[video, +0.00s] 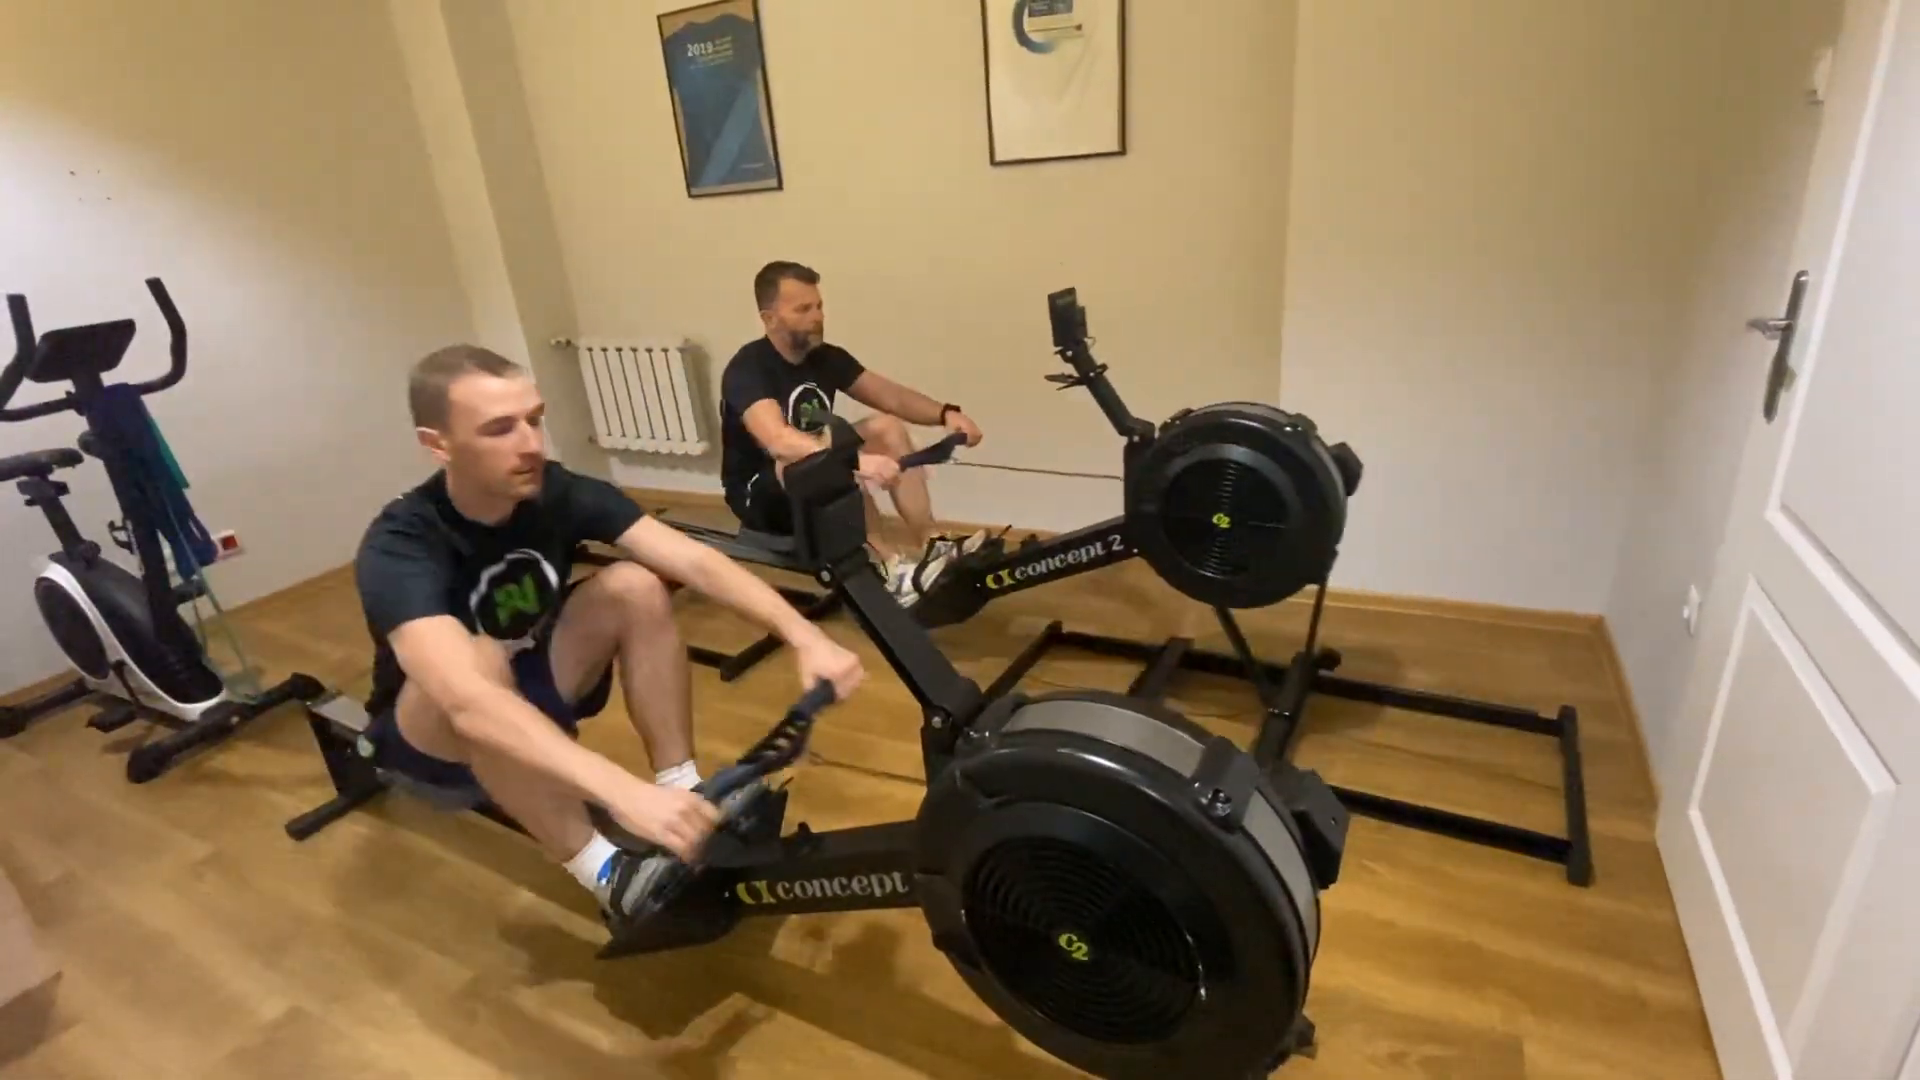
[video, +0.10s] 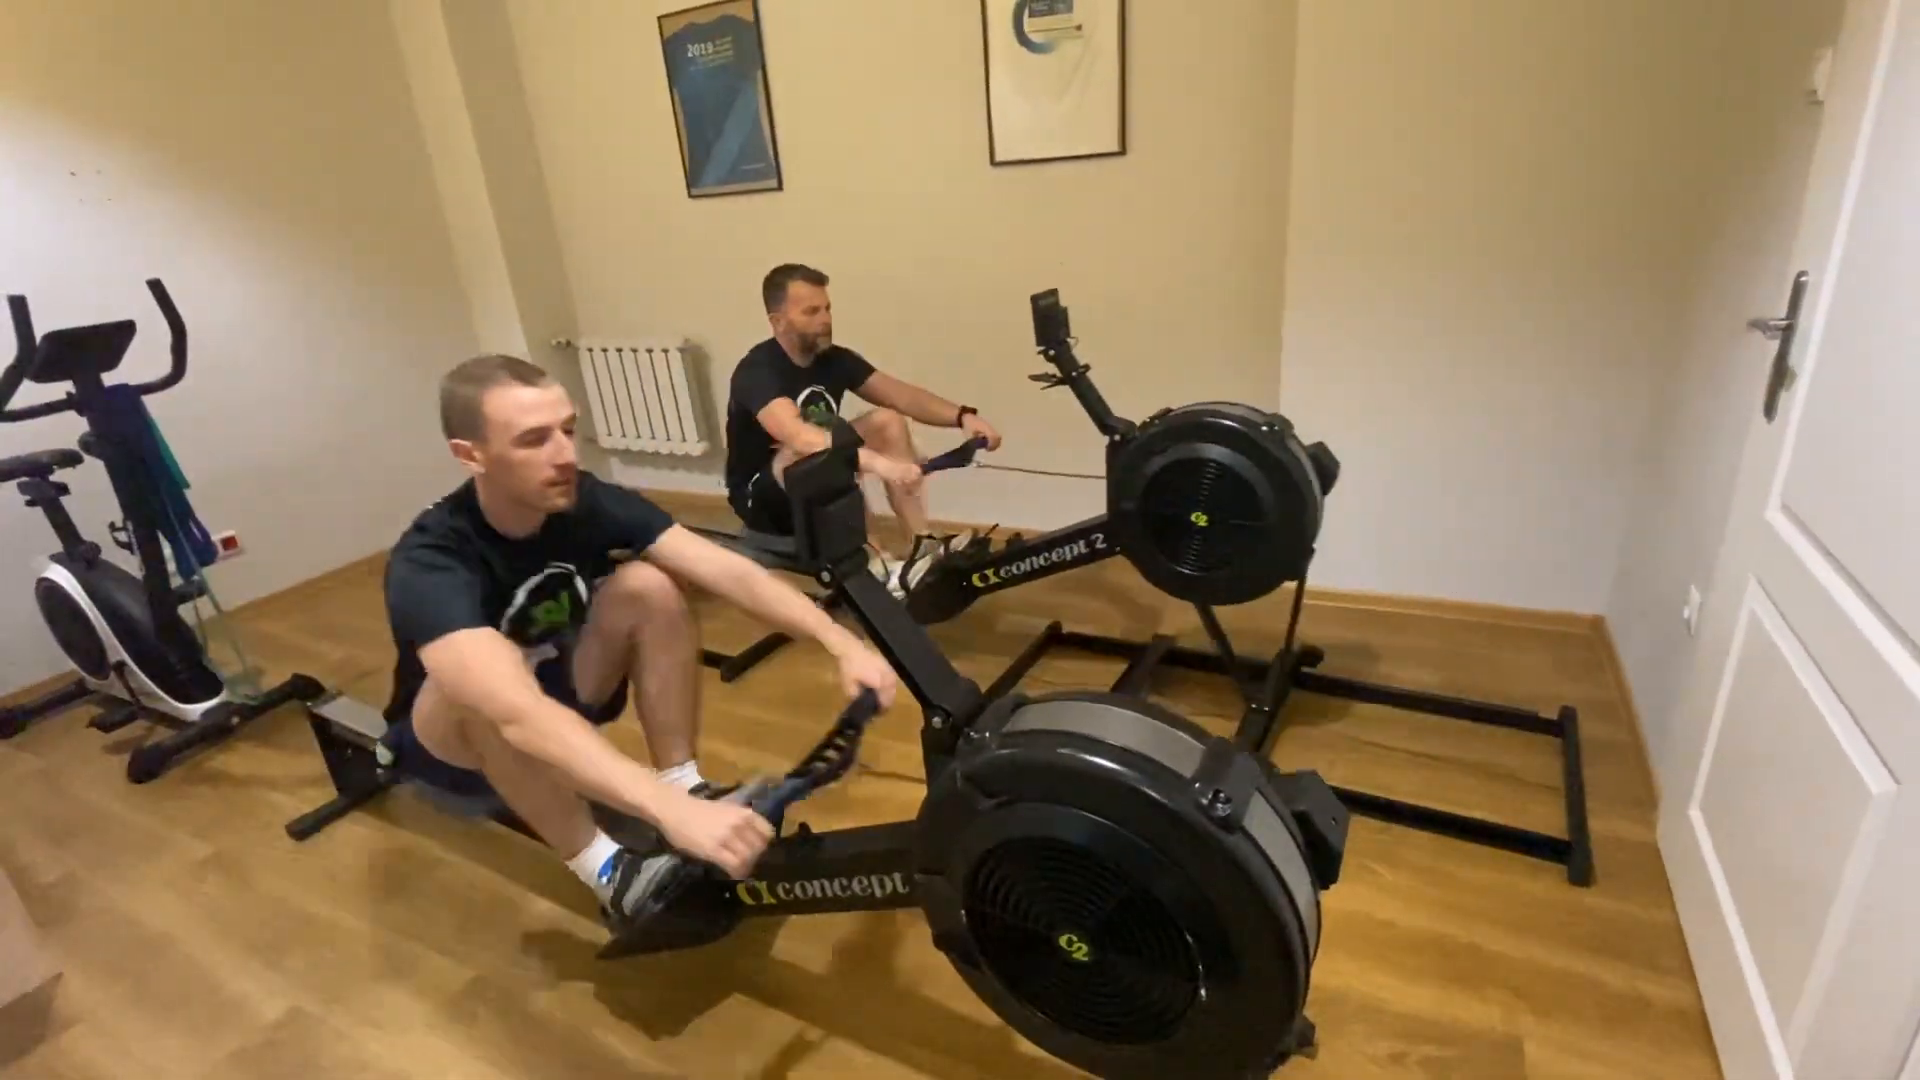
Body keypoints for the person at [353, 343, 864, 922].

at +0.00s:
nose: (530, 445)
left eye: (534, 420)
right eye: (500, 429)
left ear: (542, 416)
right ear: (438, 444)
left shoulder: (560, 494)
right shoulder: (402, 546)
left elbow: (693, 561)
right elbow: (465, 702)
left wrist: (805, 636)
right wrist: (622, 791)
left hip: (527, 686)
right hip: (431, 732)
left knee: (637, 591)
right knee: (472, 660)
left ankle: (683, 801)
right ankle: (607, 877)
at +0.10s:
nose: (565, 455)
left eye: (567, 432)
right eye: (535, 440)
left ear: (576, 428)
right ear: (471, 457)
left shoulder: (592, 504)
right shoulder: (431, 561)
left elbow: (725, 571)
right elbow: (516, 715)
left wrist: (843, 644)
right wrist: (673, 810)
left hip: (556, 693)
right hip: (455, 737)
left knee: (647, 588)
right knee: (489, 678)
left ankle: (687, 791)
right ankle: (607, 875)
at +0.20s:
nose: (585, 459)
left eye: (585, 435)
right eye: (553, 446)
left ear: (592, 430)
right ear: (488, 463)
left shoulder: (608, 513)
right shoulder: (445, 576)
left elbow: (745, 579)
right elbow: (547, 715)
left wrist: (862, 647)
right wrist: (703, 818)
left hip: (570, 715)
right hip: (467, 768)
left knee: (654, 590)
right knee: (498, 683)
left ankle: (683, 794)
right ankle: (610, 873)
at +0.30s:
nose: (591, 460)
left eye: (591, 435)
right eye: (559, 446)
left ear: (597, 431)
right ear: (494, 465)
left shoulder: (609, 513)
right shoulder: (452, 579)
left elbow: (753, 583)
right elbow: (560, 710)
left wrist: (869, 644)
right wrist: (723, 814)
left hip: (576, 730)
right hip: (472, 775)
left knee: (657, 590)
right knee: (507, 682)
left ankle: (689, 797)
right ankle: (612, 874)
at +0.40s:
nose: (569, 453)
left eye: (570, 429)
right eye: (537, 438)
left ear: (579, 427)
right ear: (475, 459)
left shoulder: (598, 510)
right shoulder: (437, 573)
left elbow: (732, 574)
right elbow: (544, 688)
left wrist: (848, 629)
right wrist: (701, 788)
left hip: (563, 733)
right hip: (463, 772)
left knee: (648, 590)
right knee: (503, 680)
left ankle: (692, 825)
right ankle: (616, 879)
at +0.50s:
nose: (532, 439)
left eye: (535, 415)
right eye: (502, 425)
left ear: (544, 413)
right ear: (442, 445)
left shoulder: (562, 497)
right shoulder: (409, 557)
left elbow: (691, 557)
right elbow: (508, 668)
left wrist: (815, 613)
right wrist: (663, 762)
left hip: (542, 719)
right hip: (444, 761)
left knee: (633, 591)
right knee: (489, 672)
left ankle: (700, 811)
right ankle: (614, 877)